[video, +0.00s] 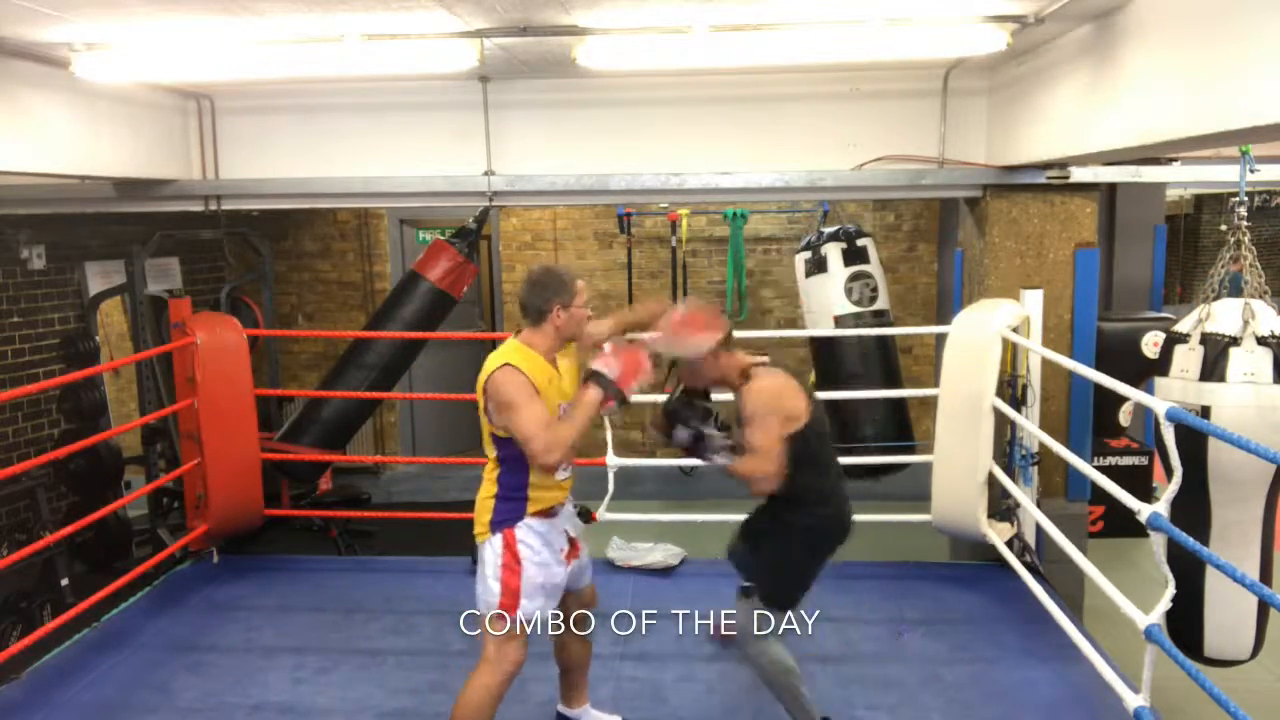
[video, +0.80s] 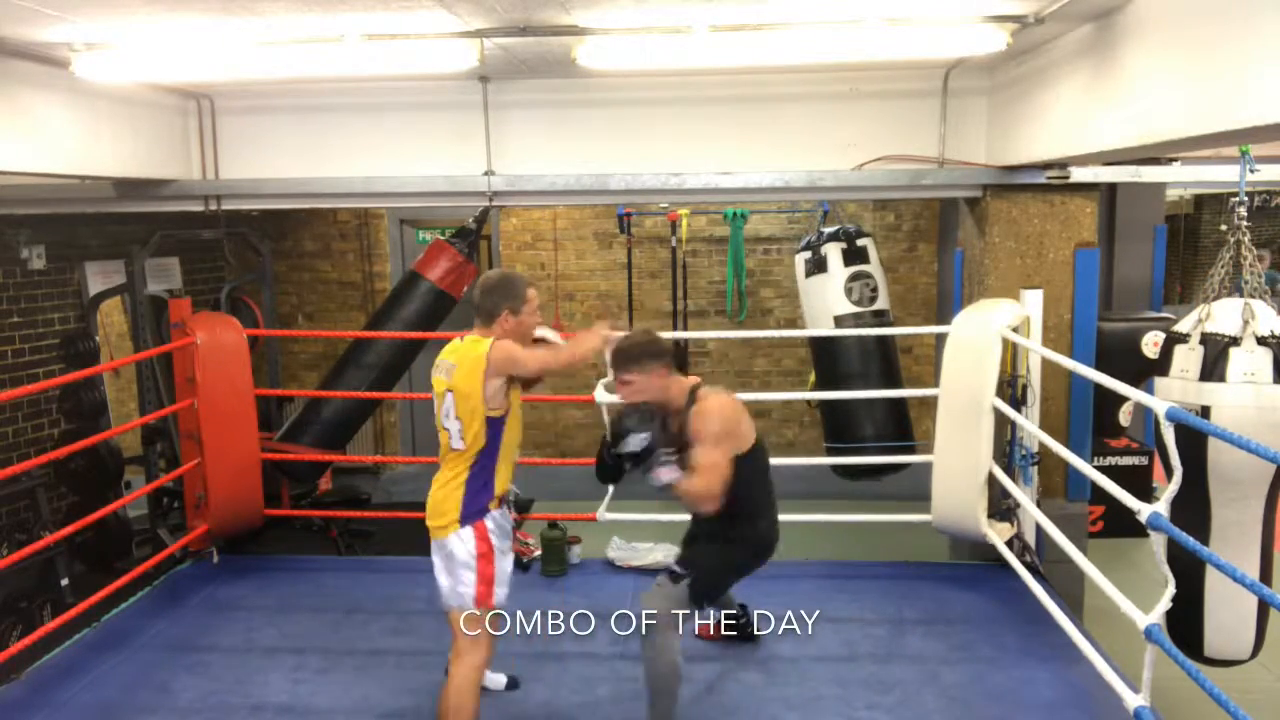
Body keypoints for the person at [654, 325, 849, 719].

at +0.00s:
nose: (684, 379)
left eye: (685, 367)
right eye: (681, 368)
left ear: (709, 359)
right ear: (712, 355)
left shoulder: (763, 391)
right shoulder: (754, 381)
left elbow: (766, 476)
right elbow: (756, 449)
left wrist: (714, 452)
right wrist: (713, 435)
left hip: (813, 516)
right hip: (792, 505)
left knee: (753, 631)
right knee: (749, 560)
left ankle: (809, 715)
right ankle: (745, 626)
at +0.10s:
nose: (677, 360)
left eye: (678, 349)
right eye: (673, 351)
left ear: (704, 339)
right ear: (710, 339)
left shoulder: (742, 382)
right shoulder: (745, 361)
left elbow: (742, 462)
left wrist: (698, 431)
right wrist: (699, 410)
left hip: (787, 510)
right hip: (779, 500)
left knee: (733, 626)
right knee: (726, 560)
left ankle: (799, 713)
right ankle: (727, 625)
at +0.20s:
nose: (676, 339)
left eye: (683, 329)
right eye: (675, 330)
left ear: (713, 320)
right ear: (702, 324)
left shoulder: (762, 355)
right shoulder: (703, 364)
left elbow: (786, 430)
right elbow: (684, 419)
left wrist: (739, 407)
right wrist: (662, 394)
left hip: (775, 486)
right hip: (736, 480)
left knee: (718, 585)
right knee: (697, 560)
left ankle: (761, 695)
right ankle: (734, 621)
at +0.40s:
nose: (665, 321)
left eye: (669, 311)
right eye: (663, 312)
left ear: (699, 304)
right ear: (683, 310)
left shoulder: (742, 342)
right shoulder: (686, 349)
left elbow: (798, 397)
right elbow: (653, 391)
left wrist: (755, 409)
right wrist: (635, 378)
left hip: (748, 481)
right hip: (713, 475)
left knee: (693, 579)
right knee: (689, 557)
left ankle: (717, 698)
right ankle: (737, 612)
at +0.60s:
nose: (642, 345)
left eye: (648, 334)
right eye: (640, 335)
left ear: (677, 326)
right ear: (674, 329)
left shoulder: (714, 363)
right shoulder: (681, 368)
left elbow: (730, 411)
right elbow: (657, 410)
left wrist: (666, 411)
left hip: (743, 494)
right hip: (717, 486)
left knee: (670, 590)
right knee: (694, 555)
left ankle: (698, 701)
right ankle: (738, 614)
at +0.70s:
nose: (642, 380)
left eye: (645, 369)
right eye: (640, 371)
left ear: (666, 360)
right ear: (661, 359)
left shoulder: (727, 385)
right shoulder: (676, 390)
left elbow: (752, 462)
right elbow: (667, 438)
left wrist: (688, 435)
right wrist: (632, 437)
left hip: (744, 508)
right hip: (711, 499)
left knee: (670, 595)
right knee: (683, 572)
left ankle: (669, 712)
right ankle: (736, 619)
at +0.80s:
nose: (621, 393)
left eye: (627, 382)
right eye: (619, 384)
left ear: (657, 374)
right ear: (656, 374)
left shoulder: (713, 408)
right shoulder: (664, 406)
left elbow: (708, 497)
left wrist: (663, 469)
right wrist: (620, 455)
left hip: (745, 535)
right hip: (709, 522)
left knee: (658, 607)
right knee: (691, 571)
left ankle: (661, 712)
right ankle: (735, 621)